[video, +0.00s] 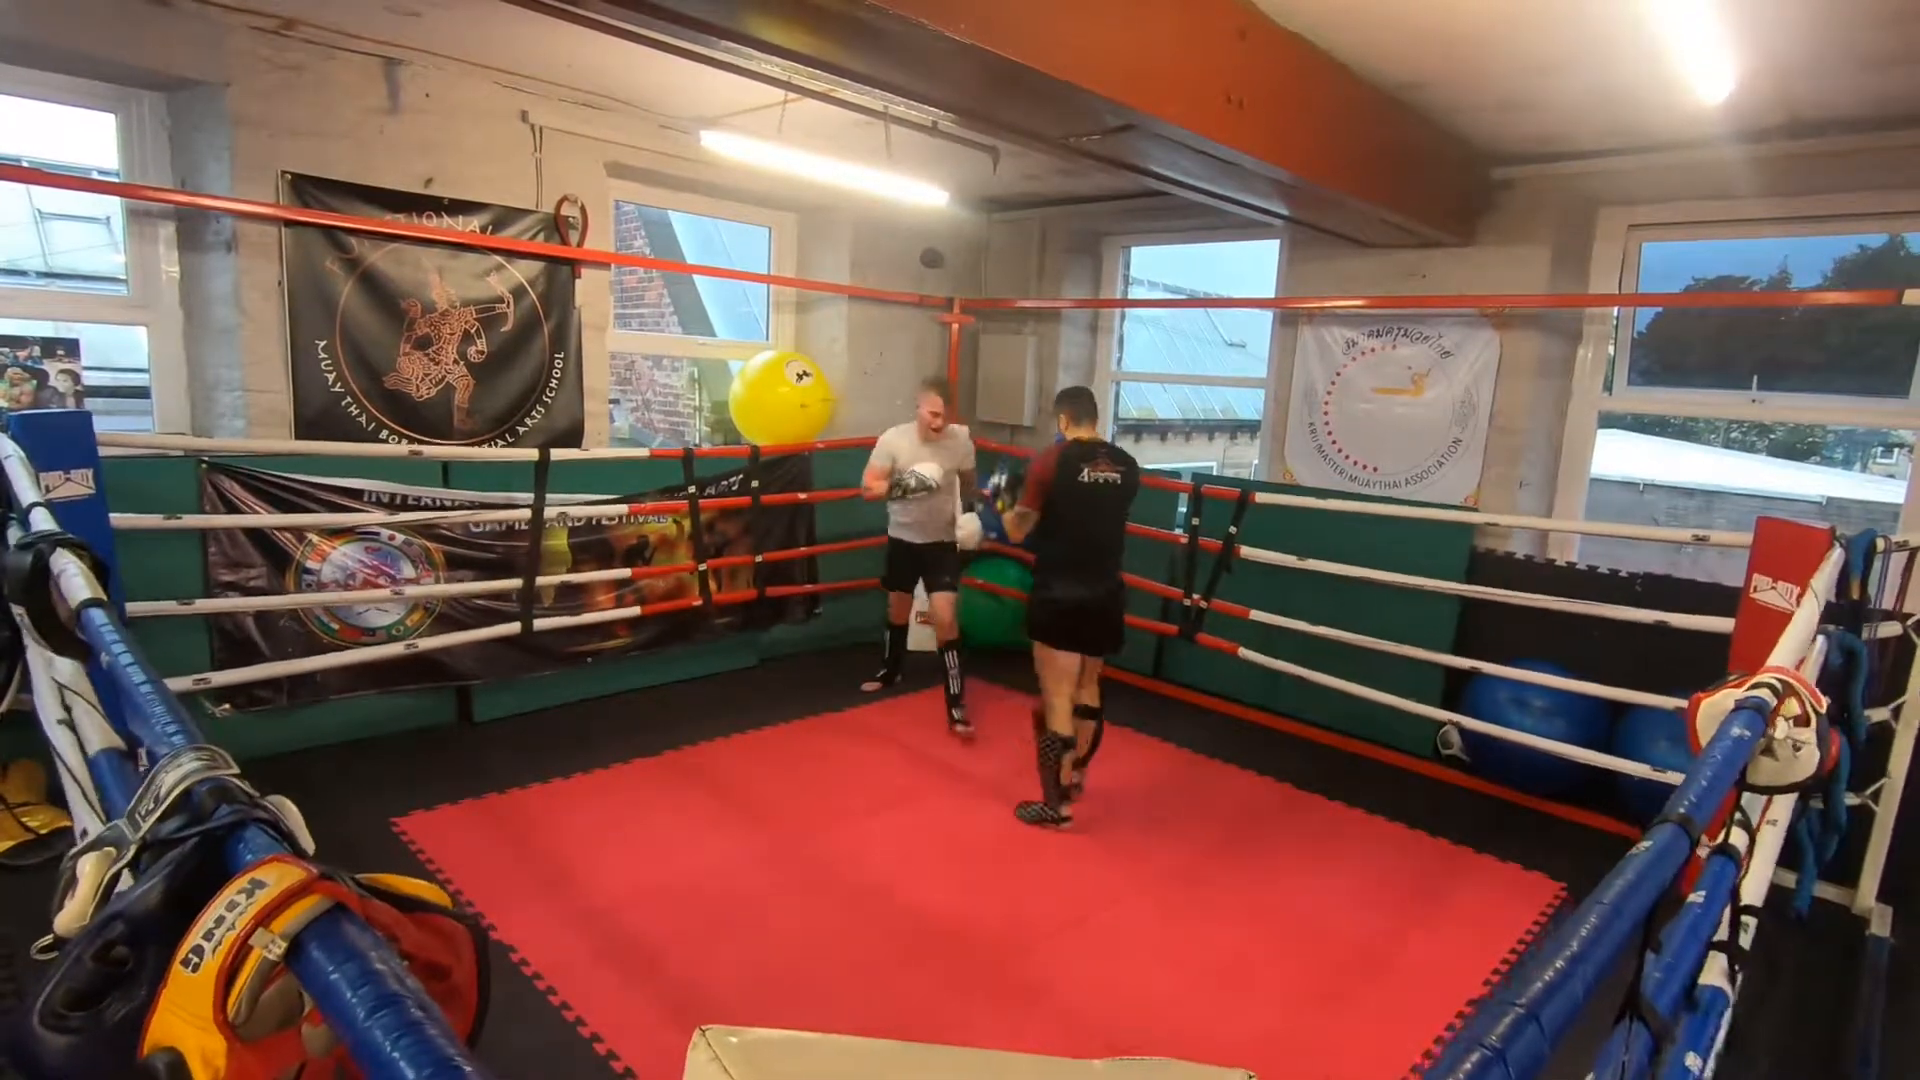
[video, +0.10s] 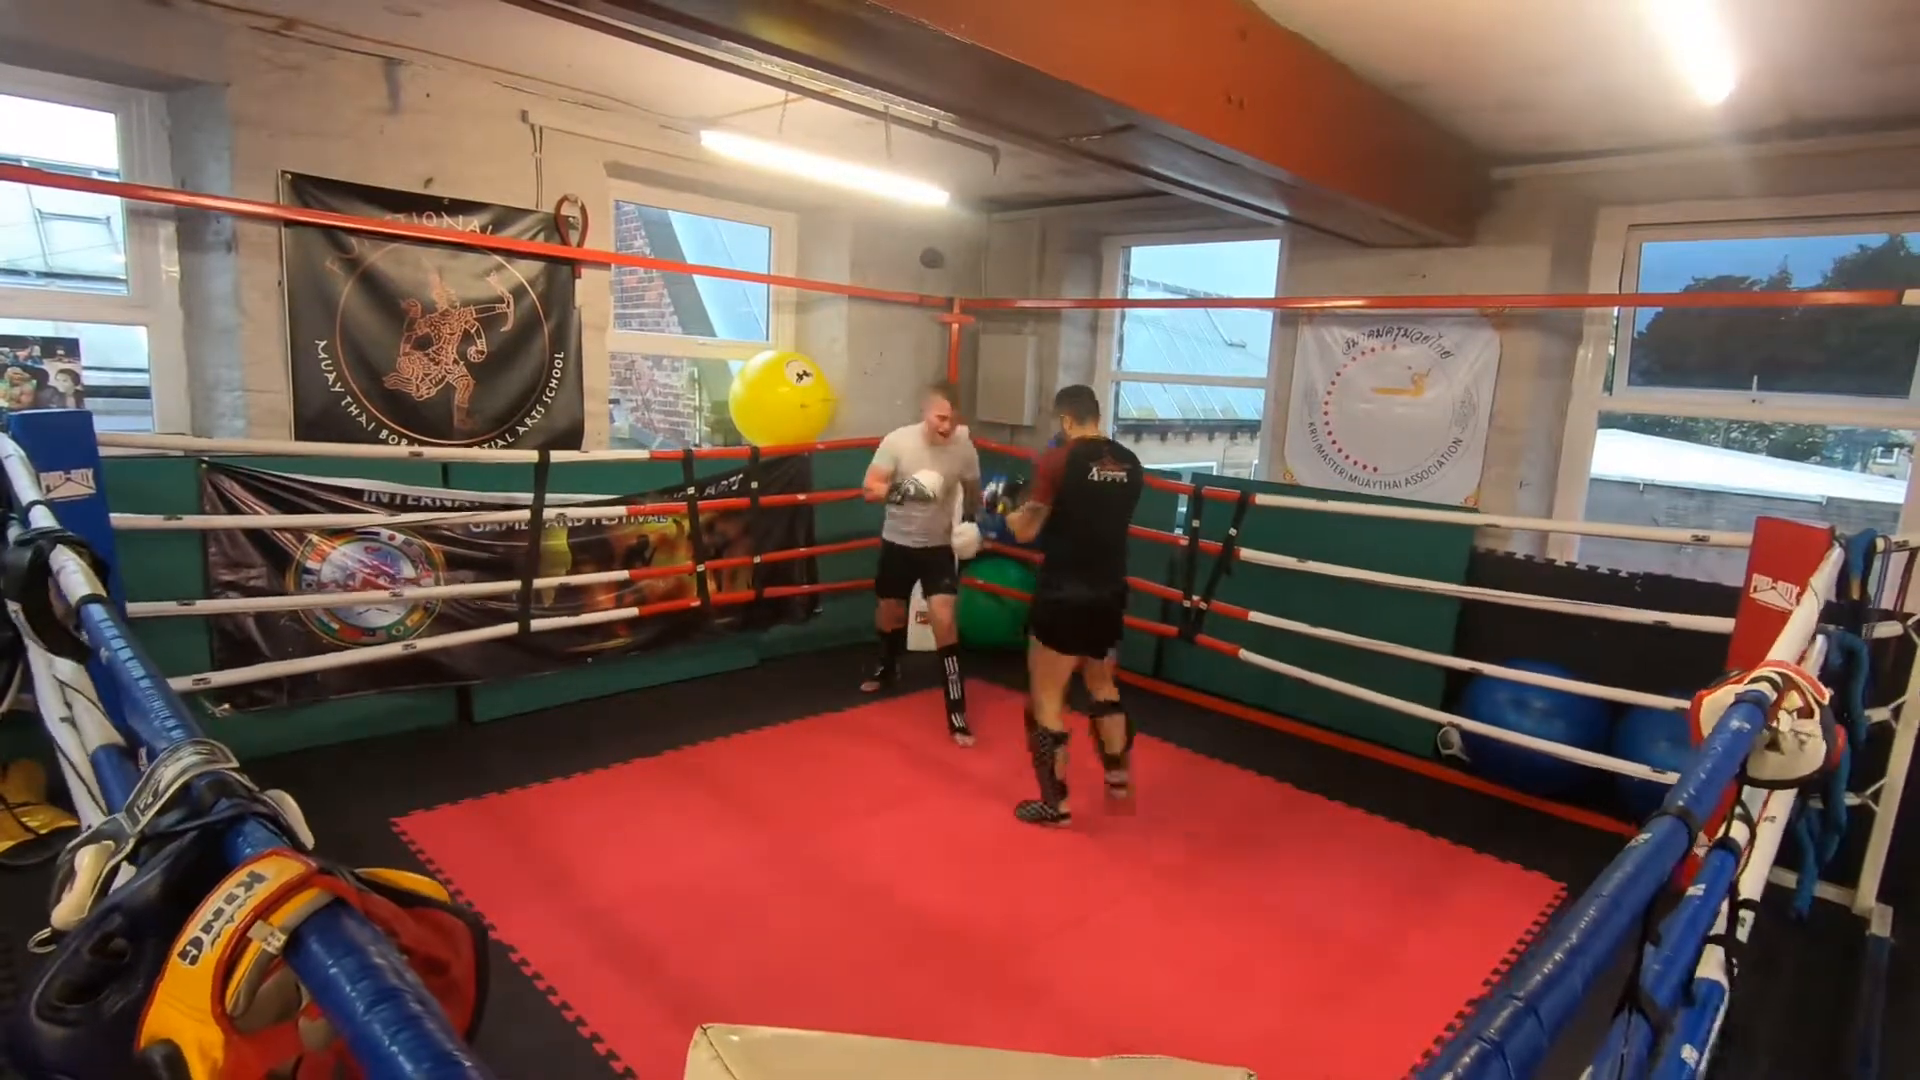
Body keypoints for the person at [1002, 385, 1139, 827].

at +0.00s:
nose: (1058, 428)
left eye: (1057, 422)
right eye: (1063, 422)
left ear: (1062, 421)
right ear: (1097, 420)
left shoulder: (1049, 462)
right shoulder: (1126, 466)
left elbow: (1018, 528)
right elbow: (1106, 517)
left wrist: (1008, 506)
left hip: (1056, 593)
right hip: (1104, 595)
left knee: (1059, 697)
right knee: (1088, 682)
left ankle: (1056, 802)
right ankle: (1076, 773)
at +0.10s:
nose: (1058, 429)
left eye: (1058, 422)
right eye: (1060, 423)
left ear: (1066, 421)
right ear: (1099, 419)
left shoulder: (1056, 460)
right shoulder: (1129, 464)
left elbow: (1025, 528)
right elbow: (1103, 519)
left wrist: (1003, 511)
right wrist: (1038, 505)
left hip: (1062, 595)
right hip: (1109, 596)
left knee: (1047, 697)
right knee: (1102, 682)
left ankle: (1054, 801)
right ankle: (1118, 780)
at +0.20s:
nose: (1059, 441)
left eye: (1058, 436)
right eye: (1060, 436)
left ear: (1067, 432)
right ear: (1098, 430)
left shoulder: (1066, 470)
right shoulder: (1125, 472)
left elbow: (1042, 540)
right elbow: (1097, 521)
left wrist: (1000, 531)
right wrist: (1056, 478)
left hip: (1070, 607)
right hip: (1118, 607)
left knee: (1011, 688)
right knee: (1126, 700)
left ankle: (1032, 787)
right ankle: (1180, 791)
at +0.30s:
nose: (1031, 463)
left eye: (1032, 456)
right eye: (1032, 456)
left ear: (1040, 457)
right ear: (1070, 452)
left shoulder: (1063, 492)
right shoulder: (1100, 490)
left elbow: (1078, 552)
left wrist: (1027, 582)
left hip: (1079, 632)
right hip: (1123, 630)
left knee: (994, 684)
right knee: (1146, 716)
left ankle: (990, 779)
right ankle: (1199, 813)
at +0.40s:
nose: (994, 457)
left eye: (995, 450)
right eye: (995, 450)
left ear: (1005, 451)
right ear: (1030, 448)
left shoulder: (1035, 489)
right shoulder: (1045, 479)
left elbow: (1078, 538)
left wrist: (1037, 593)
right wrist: (987, 431)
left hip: (1066, 618)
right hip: (1103, 613)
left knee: (993, 686)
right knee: (1138, 703)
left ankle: (988, 781)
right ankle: (1191, 798)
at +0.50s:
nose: (966, 439)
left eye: (969, 432)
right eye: (967, 432)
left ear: (984, 434)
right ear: (1003, 431)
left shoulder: (1011, 472)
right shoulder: (1016, 461)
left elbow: (1054, 526)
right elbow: (962, 449)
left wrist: (1014, 575)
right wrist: (914, 443)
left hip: (1040, 599)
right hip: (1073, 592)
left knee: (992, 685)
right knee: (1114, 682)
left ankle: (987, 781)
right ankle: (1167, 772)